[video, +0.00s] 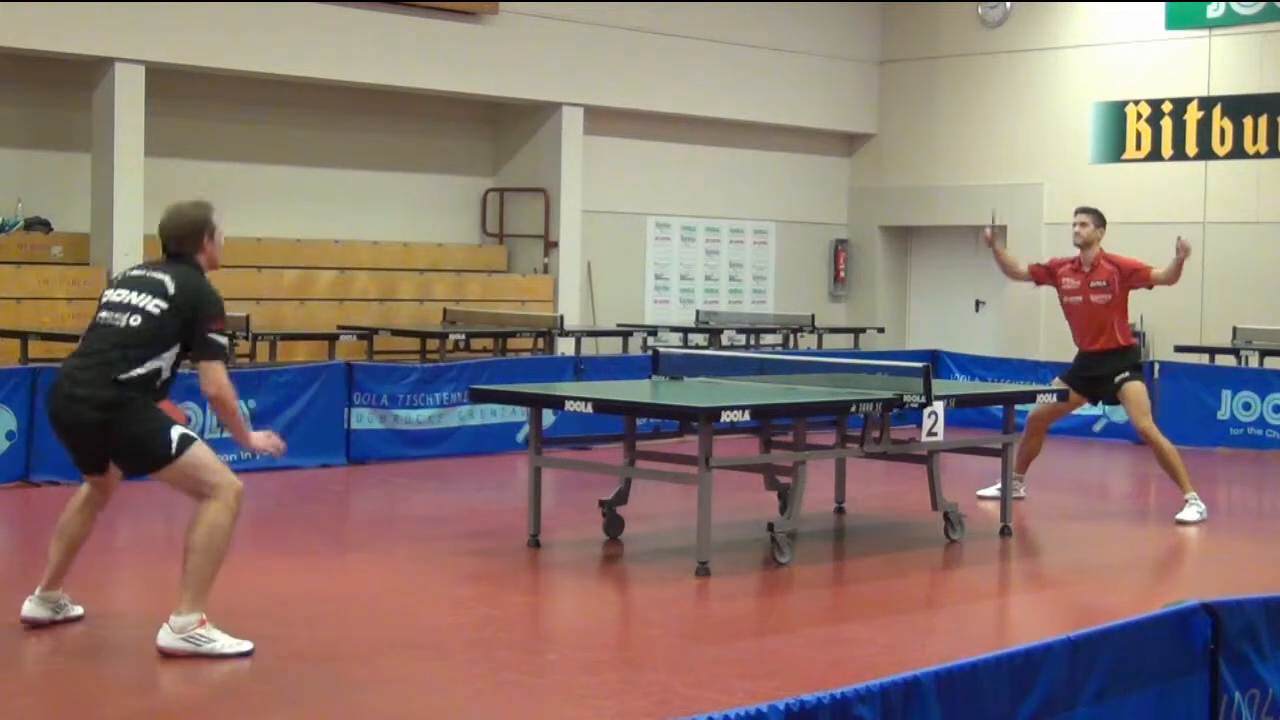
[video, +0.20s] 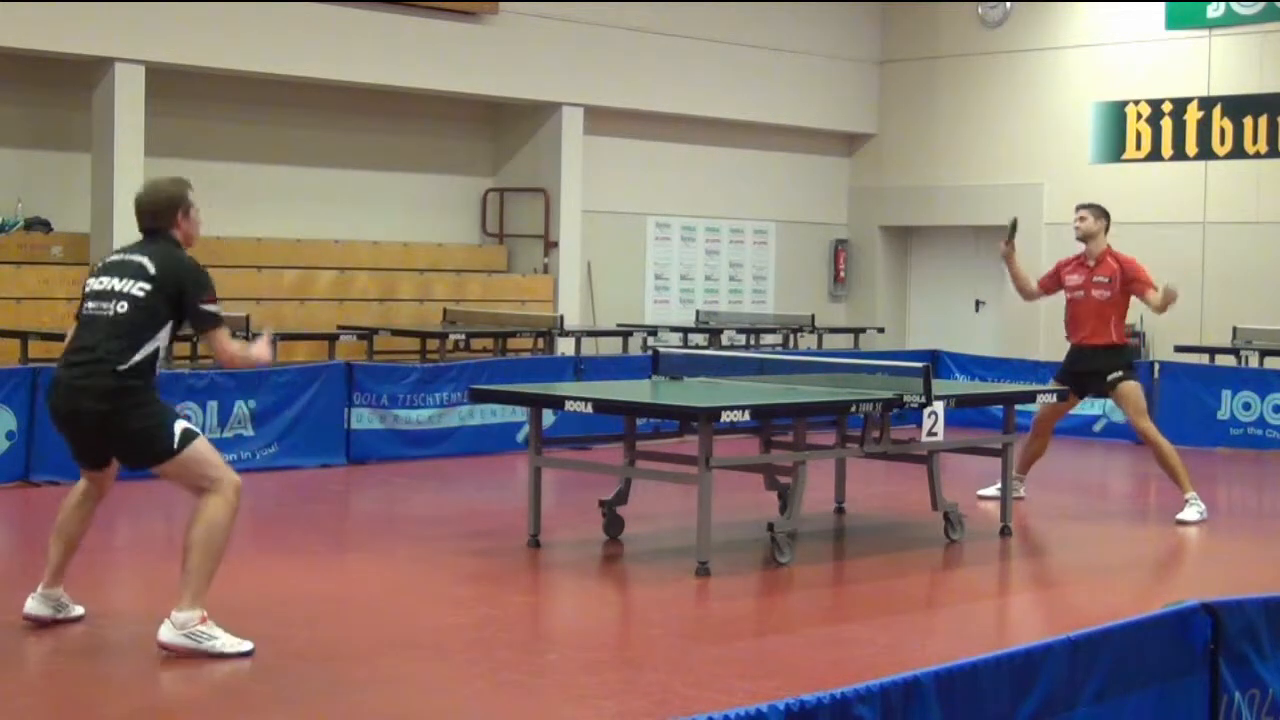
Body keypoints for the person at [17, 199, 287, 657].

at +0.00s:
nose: (221, 241)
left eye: (218, 234)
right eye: (217, 235)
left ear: (168, 243)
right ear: (204, 243)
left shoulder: (130, 275)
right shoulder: (200, 293)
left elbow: (106, 349)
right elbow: (216, 387)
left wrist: (158, 405)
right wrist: (247, 437)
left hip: (65, 399)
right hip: (119, 406)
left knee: (101, 481)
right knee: (224, 491)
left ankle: (46, 595)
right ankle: (187, 622)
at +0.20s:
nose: (199, 219)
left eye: (195, 210)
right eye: (194, 211)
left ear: (146, 221)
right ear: (180, 219)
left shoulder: (110, 261)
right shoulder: (184, 268)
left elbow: (78, 334)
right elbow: (227, 353)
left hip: (68, 395)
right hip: (122, 400)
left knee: (96, 477)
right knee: (222, 486)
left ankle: (47, 592)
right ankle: (187, 617)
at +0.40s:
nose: (186, 184)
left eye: (182, 176)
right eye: (180, 179)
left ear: (133, 195)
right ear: (165, 192)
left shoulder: (97, 244)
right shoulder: (182, 244)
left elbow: (65, 332)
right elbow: (243, 302)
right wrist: (263, 274)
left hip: (74, 383)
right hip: (130, 387)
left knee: (84, 484)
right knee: (220, 489)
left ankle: (51, 592)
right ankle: (186, 622)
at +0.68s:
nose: (143, 146)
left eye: (136, 140)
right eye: (134, 143)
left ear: (104, 168)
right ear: (119, 163)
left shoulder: (74, 218)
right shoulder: (130, 223)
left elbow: (87, 304)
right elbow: (188, 303)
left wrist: (131, 362)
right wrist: (219, 282)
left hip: (61, 372)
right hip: (99, 376)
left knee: (109, 486)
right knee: (174, 484)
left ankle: (24, 581)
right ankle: (182, 624)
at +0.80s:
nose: (113, 143)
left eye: (105, 135)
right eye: (103, 138)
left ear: (76, 167)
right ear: (87, 160)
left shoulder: (59, 217)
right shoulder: (82, 216)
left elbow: (67, 312)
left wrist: (123, 353)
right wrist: (168, 309)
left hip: (50, 378)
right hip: (71, 380)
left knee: (80, 501)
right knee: (137, 489)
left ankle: (1, 609)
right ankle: (175, 625)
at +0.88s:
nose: (95, 142)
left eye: (88, 135)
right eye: (84, 138)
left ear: (67, 163)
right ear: (66, 160)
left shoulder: (69, 219)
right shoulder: (49, 216)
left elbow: (69, 319)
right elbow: (31, 304)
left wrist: (120, 355)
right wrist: (115, 314)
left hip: (47, 378)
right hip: (45, 380)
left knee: (59, 504)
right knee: (110, 492)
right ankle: (161, 627)